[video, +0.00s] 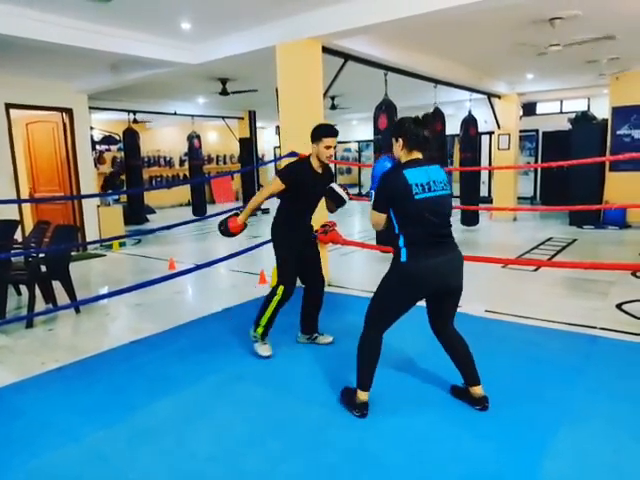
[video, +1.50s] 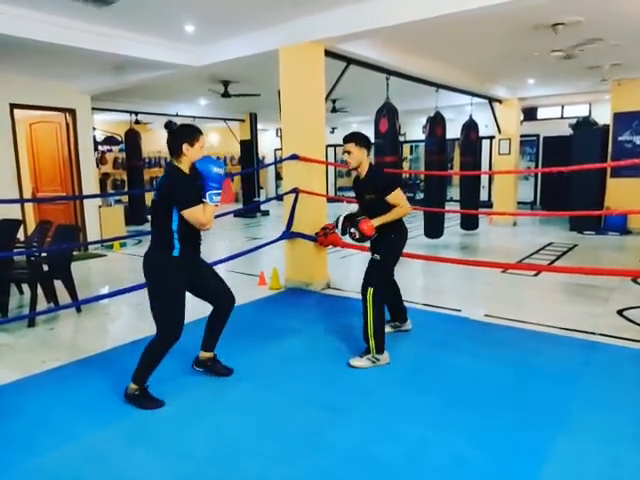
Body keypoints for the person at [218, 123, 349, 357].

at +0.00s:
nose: (331, 153)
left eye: (334, 148)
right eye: (327, 148)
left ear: (334, 147)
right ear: (314, 146)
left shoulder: (327, 173)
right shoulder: (295, 170)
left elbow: (331, 207)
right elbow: (264, 193)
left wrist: (338, 198)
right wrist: (241, 219)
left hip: (304, 229)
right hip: (284, 230)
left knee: (315, 283)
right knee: (286, 285)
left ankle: (308, 333)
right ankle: (259, 334)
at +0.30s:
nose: (339, 147)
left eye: (343, 142)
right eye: (335, 142)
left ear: (350, 144)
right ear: (326, 144)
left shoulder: (355, 172)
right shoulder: (316, 174)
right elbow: (294, 203)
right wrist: (290, 230)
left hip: (346, 231)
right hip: (321, 232)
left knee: (335, 283)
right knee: (338, 283)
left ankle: (310, 325)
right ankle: (348, 338)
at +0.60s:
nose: (328, 147)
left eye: (325, 142)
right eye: (327, 142)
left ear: (295, 142)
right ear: (320, 144)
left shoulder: (280, 172)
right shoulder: (324, 176)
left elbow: (288, 214)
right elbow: (342, 222)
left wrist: (325, 226)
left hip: (275, 266)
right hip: (310, 269)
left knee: (285, 325)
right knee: (344, 345)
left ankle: (258, 388)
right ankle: (368, 426)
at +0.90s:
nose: (269, 144)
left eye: (268, 139)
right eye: (267, 139)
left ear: (239, 139)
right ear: (257, 140)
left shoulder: (225, 171)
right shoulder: (257, 172)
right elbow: (283, 214)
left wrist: (272, 178)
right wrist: (285, 178)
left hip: (217, 259)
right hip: (238, 265)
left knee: (246, 313)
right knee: (241, 341)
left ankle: (232, 371)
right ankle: (212, 420)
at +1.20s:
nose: (234, 142)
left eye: (233, 136)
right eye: (230, 136)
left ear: (210, 138)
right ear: (214, 138)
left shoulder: (209, 168)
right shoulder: (201, 172)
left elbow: (231, 208)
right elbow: (234, 211)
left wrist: (239, 177)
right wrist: (242, 177)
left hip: (201, 257)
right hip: (188, 260)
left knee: (217, 313)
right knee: (203, 328)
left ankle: (200, 370)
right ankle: (185, 410)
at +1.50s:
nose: (204, 151)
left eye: (203, 146)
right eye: (200, 146)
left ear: (183, 149)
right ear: (186, 148)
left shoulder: (189, 177)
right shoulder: (175, 180)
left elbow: (203, 216)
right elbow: (205, 221)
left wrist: (205, 214)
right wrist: (212, 191)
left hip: (187, 260)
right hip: (164, 263)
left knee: (225, 301)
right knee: (170, 331)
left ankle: (206, 357)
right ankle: (136, 387)